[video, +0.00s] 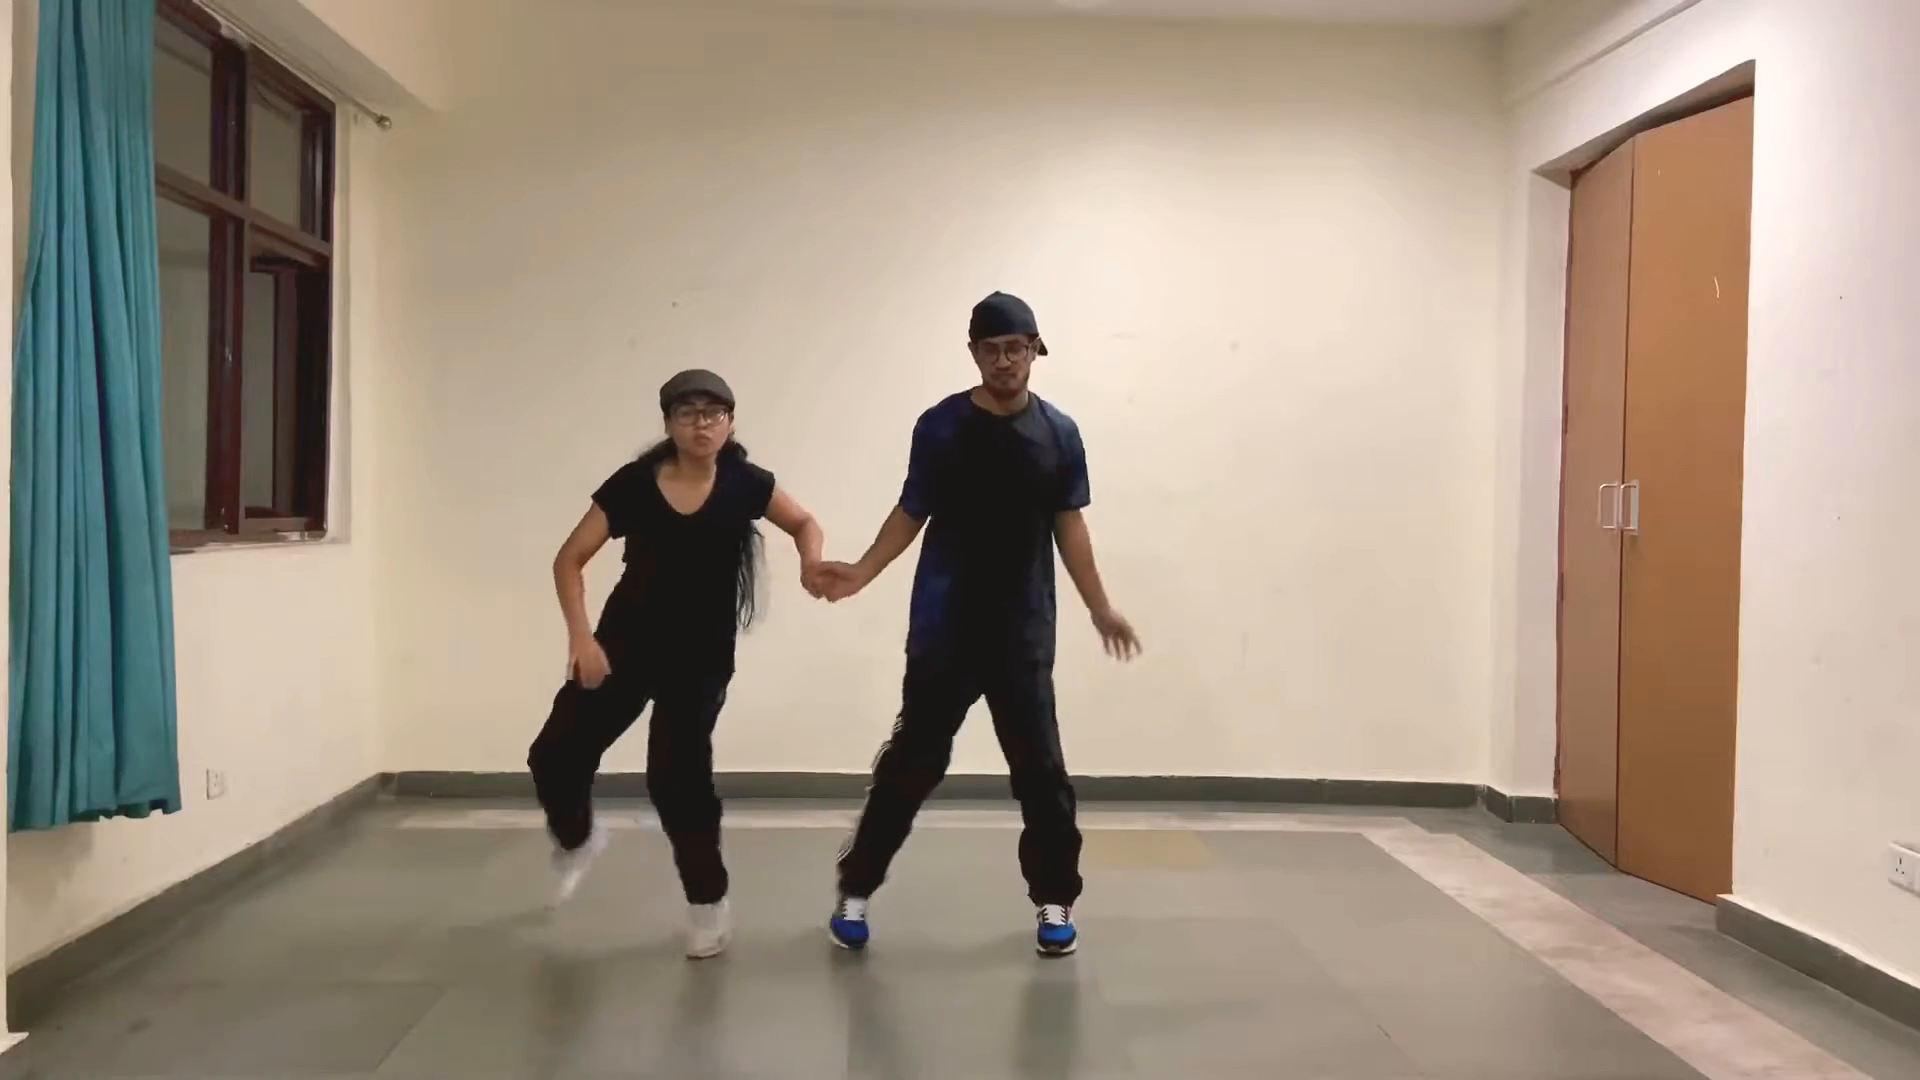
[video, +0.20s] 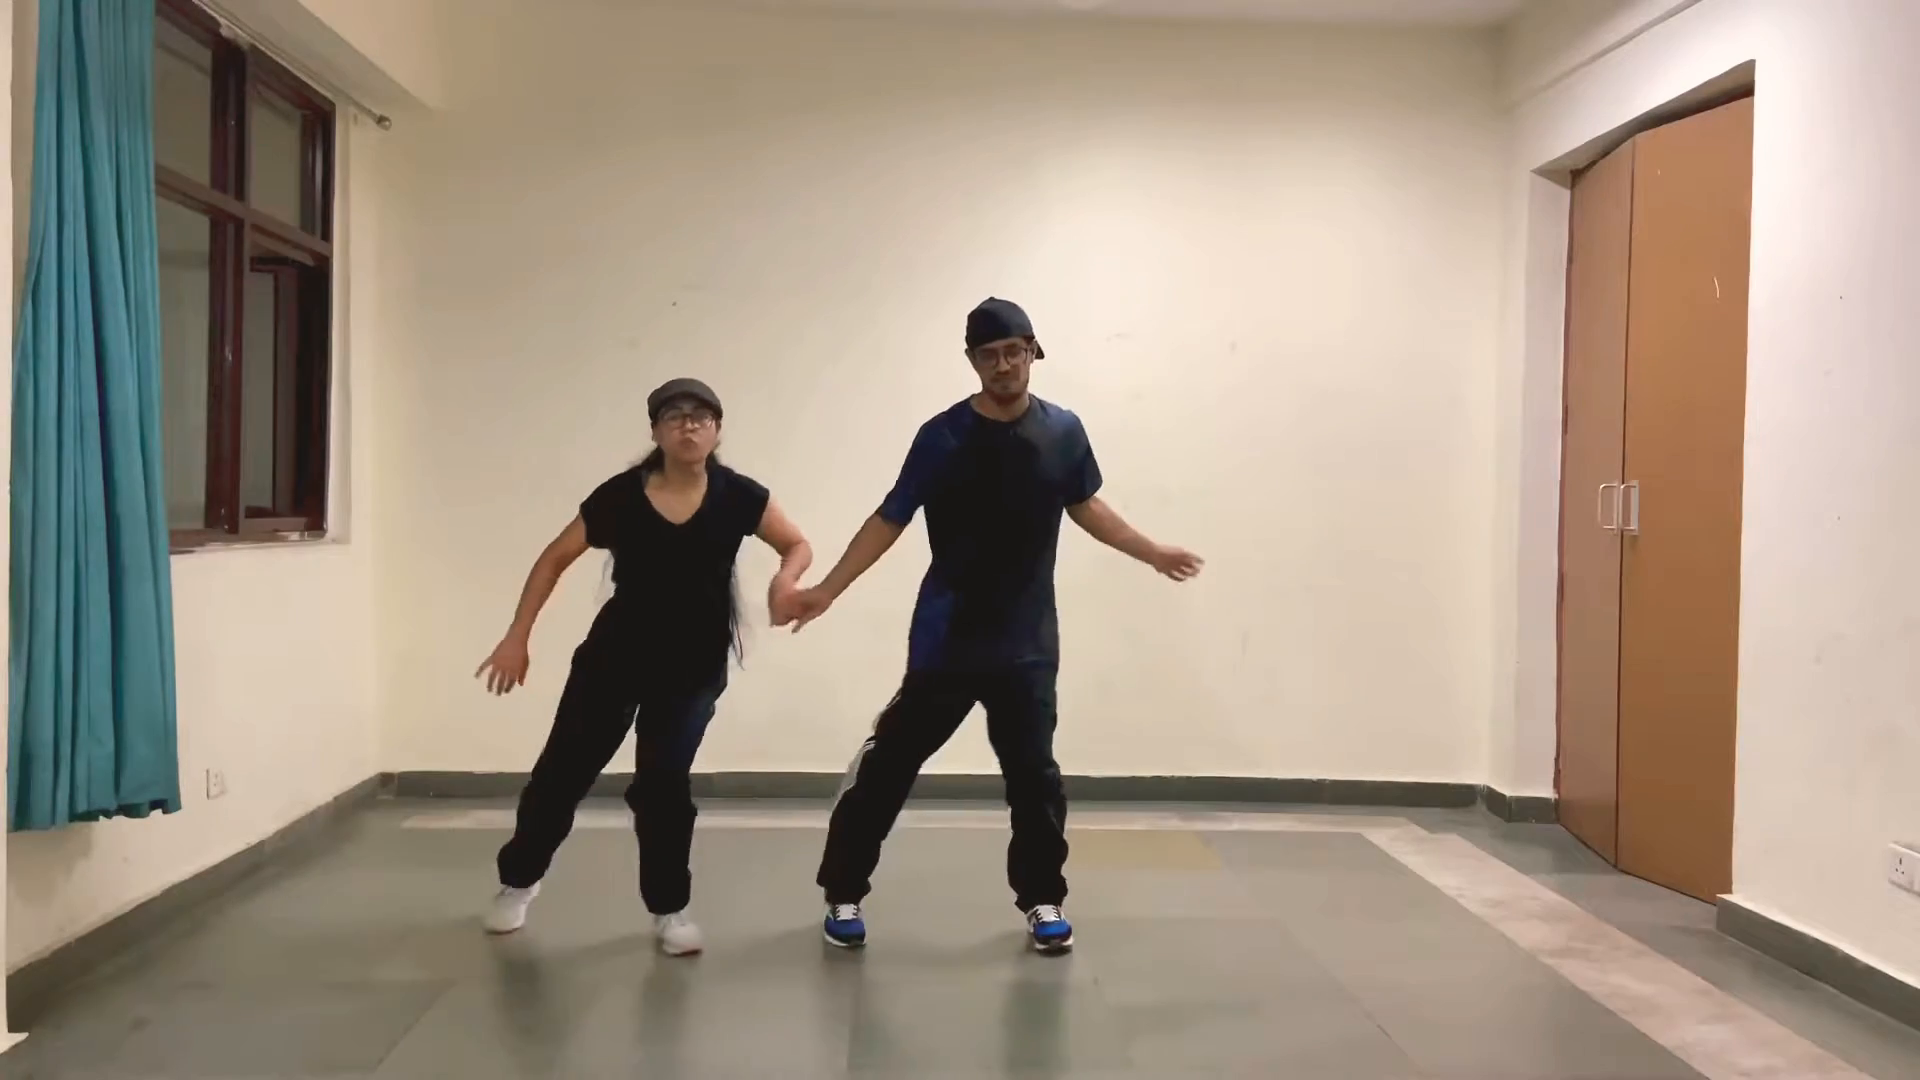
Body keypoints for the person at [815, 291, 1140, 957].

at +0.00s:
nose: (1005, 361)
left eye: (1016, 349)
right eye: (992, 350)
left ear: (1035, 352)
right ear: (974, 353)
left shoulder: (1059, 435)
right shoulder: (942, 426)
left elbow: (1070, 525)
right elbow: (911, 511)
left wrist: (1101, 610)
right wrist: (859, 572)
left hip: (1023, 630)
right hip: (945, 626)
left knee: (1041, 767)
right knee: (918, 755)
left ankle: (1055, 900)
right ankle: (856, 886)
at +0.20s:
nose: (1004, 366)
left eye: (1015, 353)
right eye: (990, 356)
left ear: (1034, 355)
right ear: (973, 361)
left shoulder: (1062, 431)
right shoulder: (942, 437)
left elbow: (1088, 506)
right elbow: (888, 520)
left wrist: (1152, 551)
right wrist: (826, 590)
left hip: (1027, 636)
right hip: (949, 635)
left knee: (1034, 773)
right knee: (893, 761)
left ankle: (1043, 900)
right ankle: (843, 891)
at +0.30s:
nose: (1019, 357)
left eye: (1030, 345)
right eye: (1005, 347)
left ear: (1047, 348)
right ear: (986, 354)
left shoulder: (1074, 424)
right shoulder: (957, 430)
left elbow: (1092, 506)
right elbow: (916, 510)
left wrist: (1176, 520)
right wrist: (871, 572)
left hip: (1051, 631)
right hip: (974, 631)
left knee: (1064, 764)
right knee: (954, 747)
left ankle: (1048, 898)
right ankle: (897, 850)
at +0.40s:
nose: (1031, 344)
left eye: (1042, 332)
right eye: (1018, 333)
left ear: (1058, 337)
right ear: (997, 339)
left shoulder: (1084, 415)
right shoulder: (967, 414)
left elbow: (1122, 500)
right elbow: (952, 501)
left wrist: (1195, 497)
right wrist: (906, 541)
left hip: (1062, 604)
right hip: (987, 597)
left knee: (1065, 750)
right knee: (1009, 709)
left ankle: (1051, 898)